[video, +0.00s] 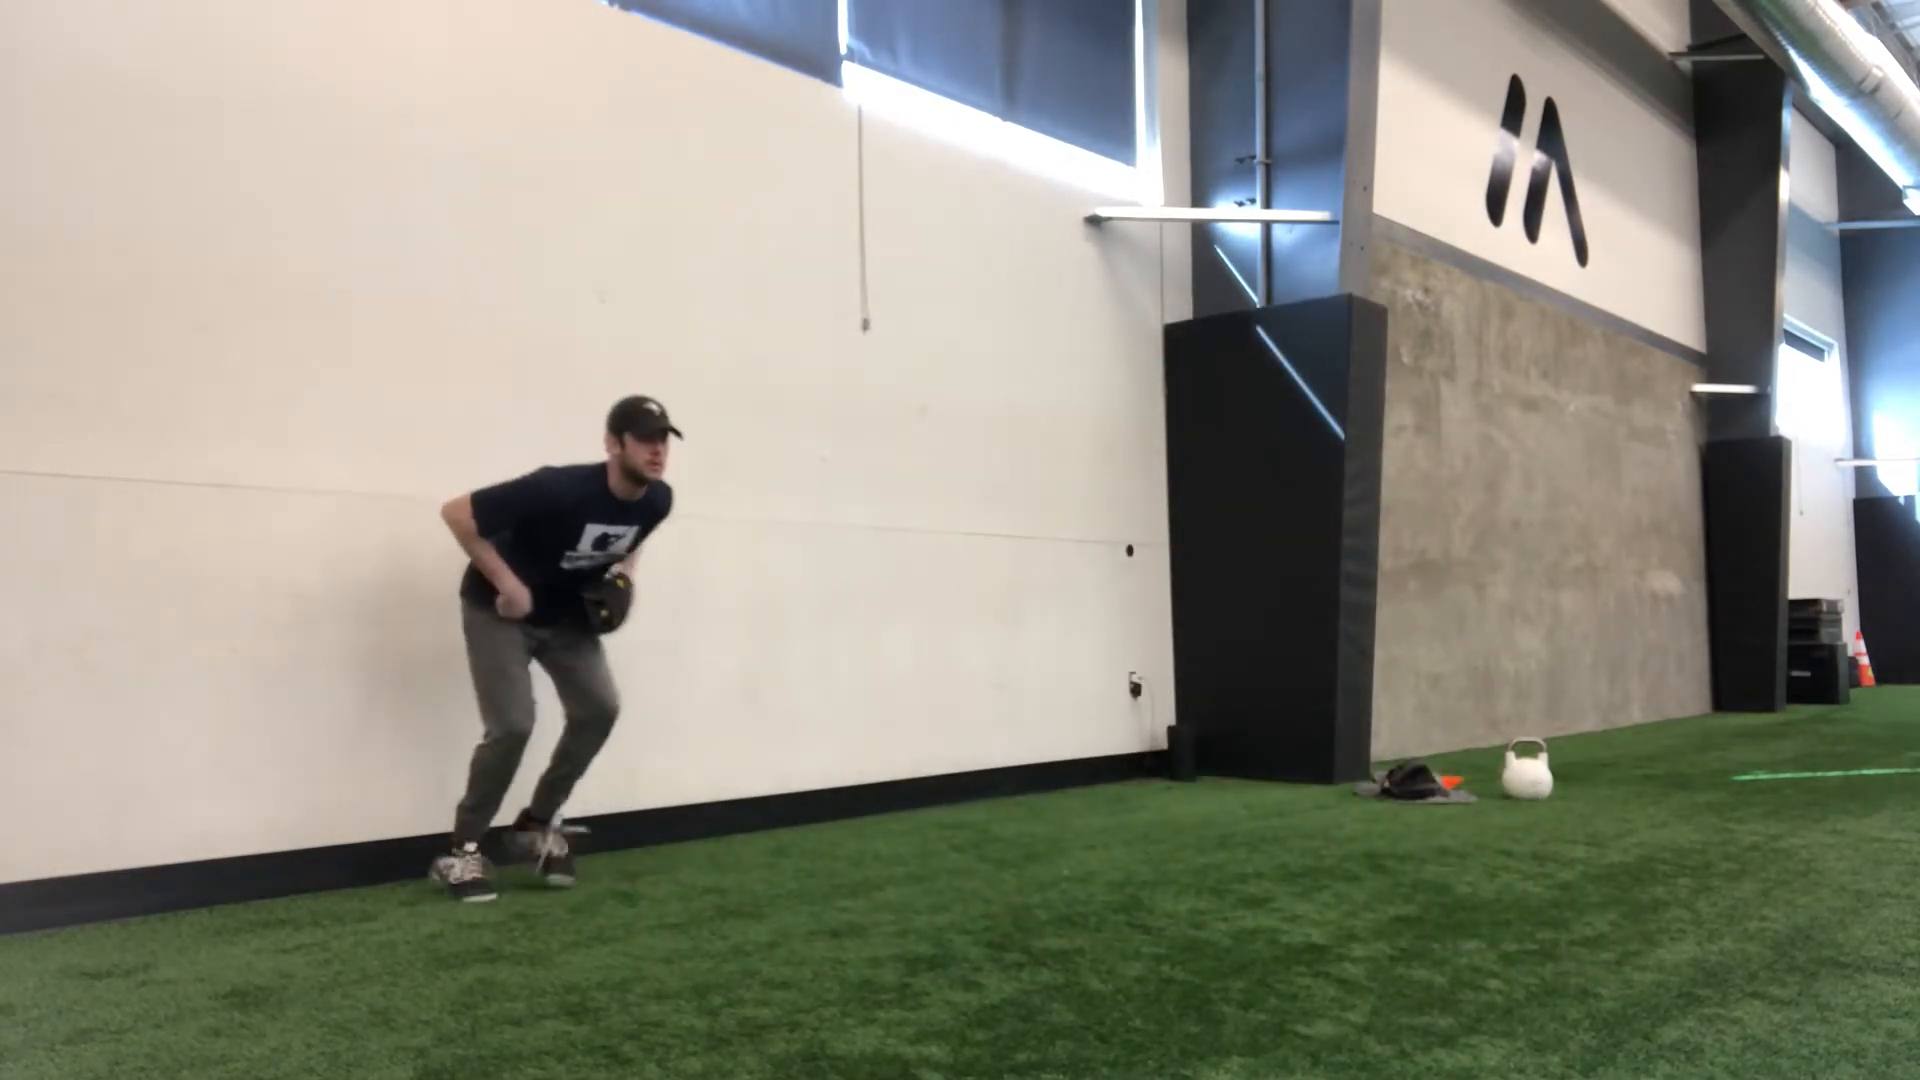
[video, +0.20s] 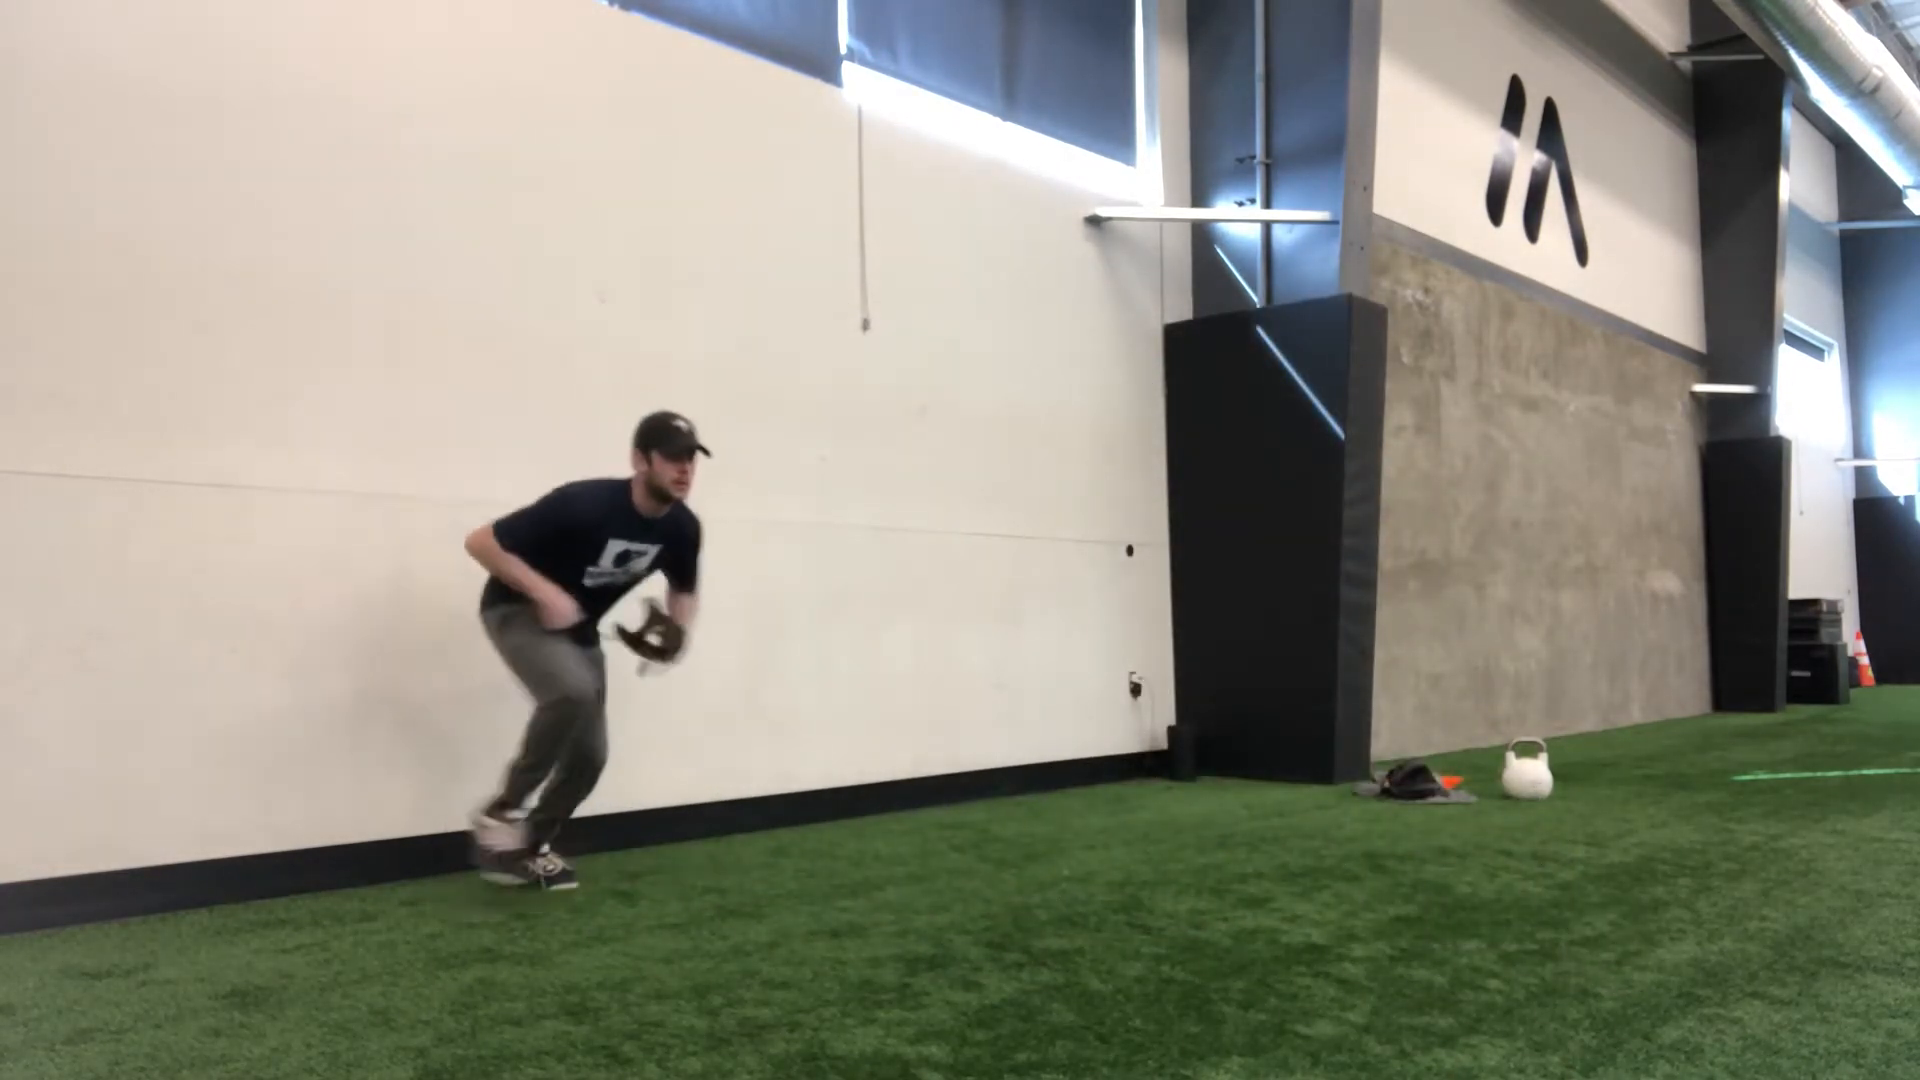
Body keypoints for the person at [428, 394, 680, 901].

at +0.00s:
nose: (658, 450)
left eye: (663, 440)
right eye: (645, 439)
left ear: (670, 445)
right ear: (614, 445)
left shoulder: (657, 501)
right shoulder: (558, 488)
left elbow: (632, 541)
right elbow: (457, 512)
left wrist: (625, 576)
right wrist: (506, 582)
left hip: (567, 618)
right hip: (498, 612)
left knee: (598, 709)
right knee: (511, 726)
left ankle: (534, 828)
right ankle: (462, 851)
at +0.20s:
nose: (686, 470)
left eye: (691, 460)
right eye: (674, 459)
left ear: (698, 464)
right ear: (641, 461)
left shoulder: (681, 528)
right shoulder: (585, 503)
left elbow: (683, 589)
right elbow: (482, 542)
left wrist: (674, 633)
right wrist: (546, 592)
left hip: (579, 629)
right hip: (517, 609)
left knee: (590, 753)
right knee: (573, 692)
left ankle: (528, 847)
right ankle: (501, 814)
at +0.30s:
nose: (707, 467)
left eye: (712, 456)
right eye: (695, 455)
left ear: (718, 459)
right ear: (660, 455)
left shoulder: (700, 523)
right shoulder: (605, 494)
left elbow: (693, 605)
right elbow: (497, 555)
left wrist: (698, 646)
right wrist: (582, 591)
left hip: (583, 610)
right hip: (526, 591)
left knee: (591, 742)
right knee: (589, 658)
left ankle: (536, 840)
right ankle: (560, 821)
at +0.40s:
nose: (725, 474)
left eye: (731, 463)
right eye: (714, 461)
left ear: (736, 464)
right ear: (679, 457)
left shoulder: (719, 526)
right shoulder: (625, 499)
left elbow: (699, 619)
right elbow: (536, 588)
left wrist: (708, 674)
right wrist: (628, 613)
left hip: (608, 613)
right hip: (547, 603)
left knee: (644, 730)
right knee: (590, 704)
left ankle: (524, 772)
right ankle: (594, 877)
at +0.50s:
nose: (742, 505)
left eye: (748, 494)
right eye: (732, 493)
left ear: (752, 495)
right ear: (697, 490)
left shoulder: (735, 558)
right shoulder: (640, 535)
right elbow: (590, 638)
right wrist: (688, 653)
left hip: (626, 638)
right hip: (560, 630)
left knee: (706, 709)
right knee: (616, 715)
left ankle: (558, 728)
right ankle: (604, 903)